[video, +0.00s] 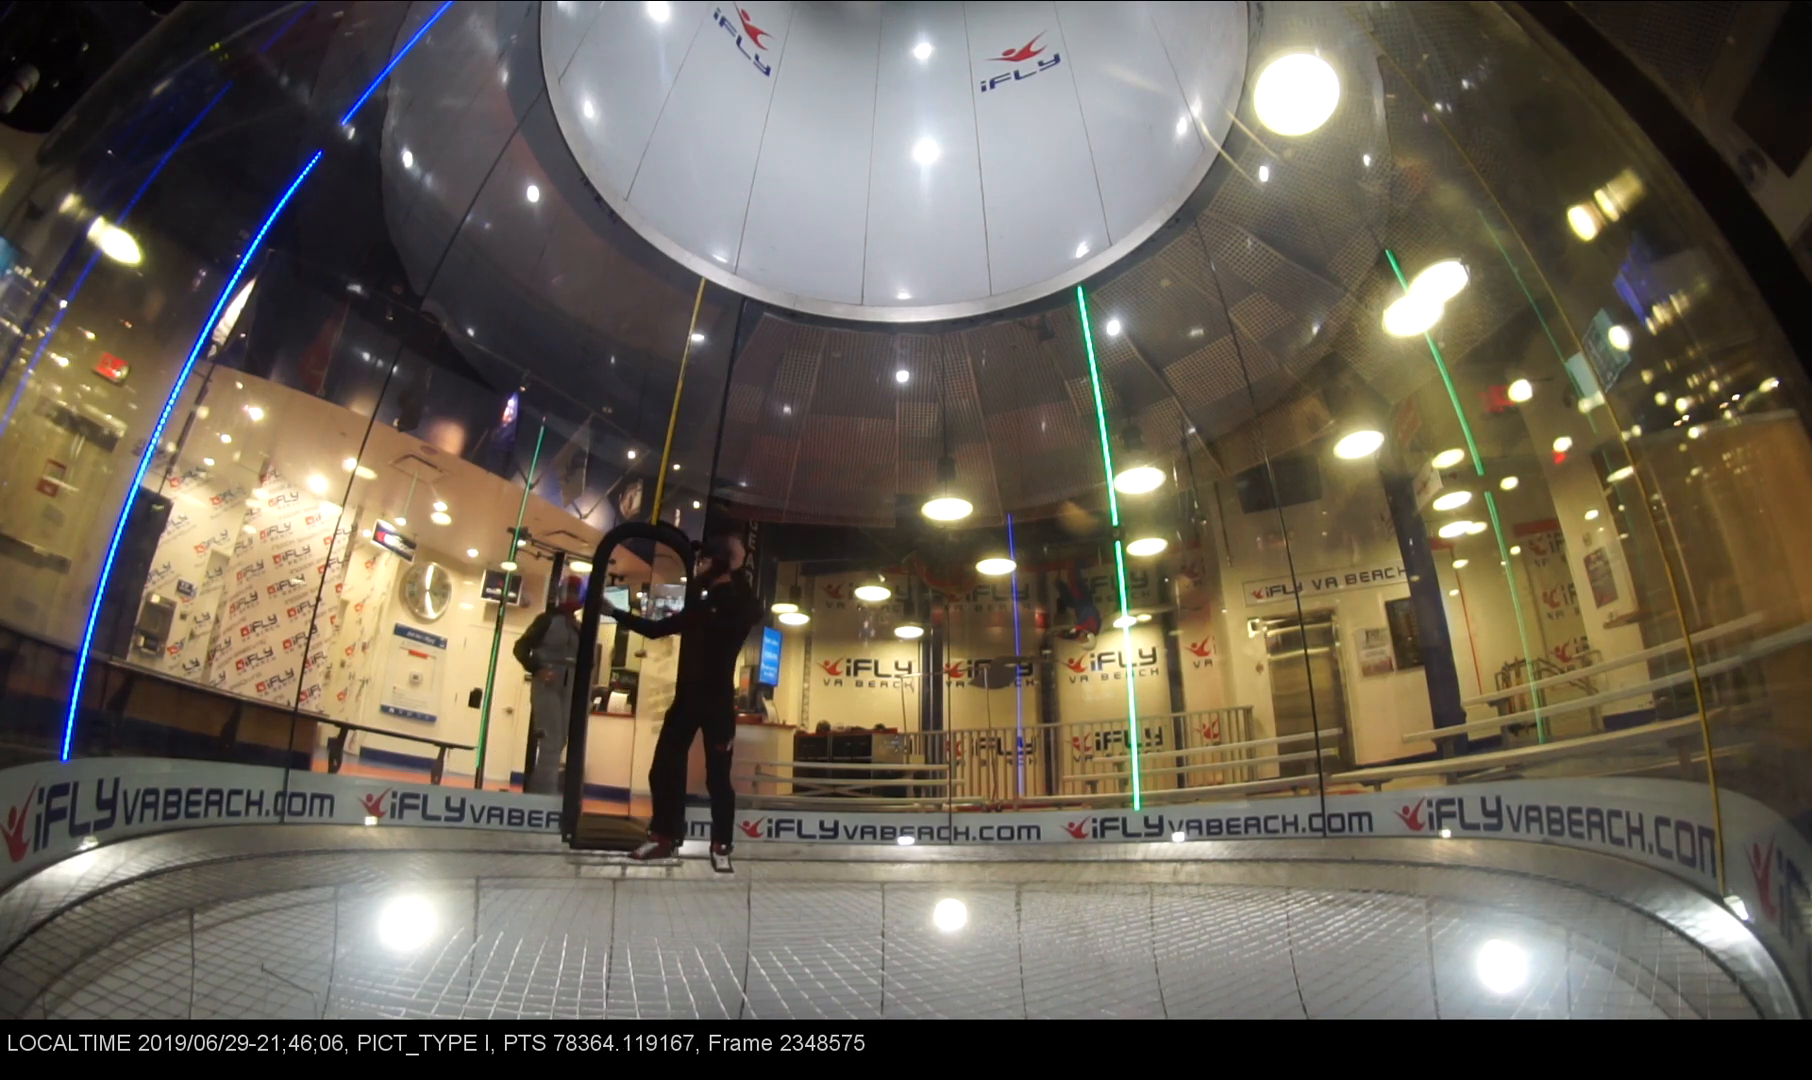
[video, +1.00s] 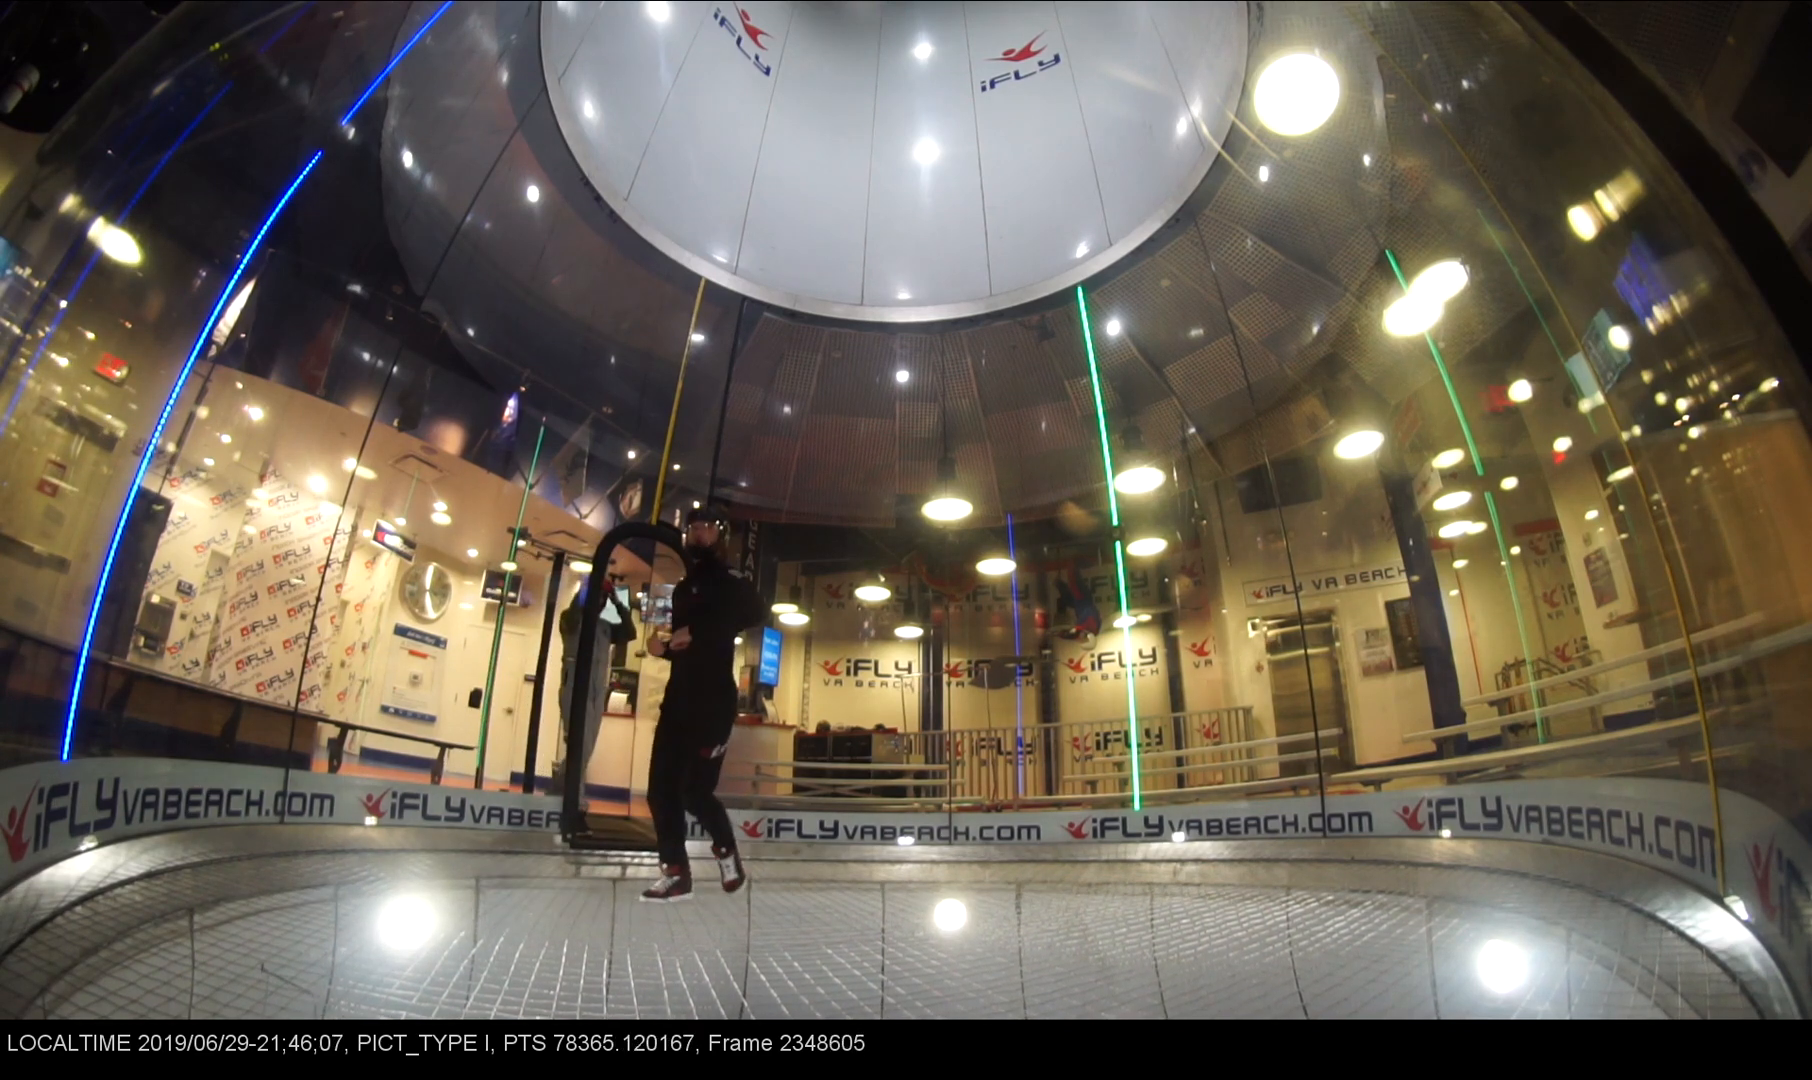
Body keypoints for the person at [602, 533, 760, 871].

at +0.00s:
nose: (700, 570)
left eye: (705, 564)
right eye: (700, 565)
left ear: (718, 568)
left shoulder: (741, 605)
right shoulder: (700, 608)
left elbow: (752, 610)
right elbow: (655, 629)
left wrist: (736, 575)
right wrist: (614, 612)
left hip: (718, 699)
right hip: (687, 697)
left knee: (718, 778)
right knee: (664, 770)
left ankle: (721, 847)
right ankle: (664, 840)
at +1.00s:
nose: (698, 533)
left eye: (707, 526)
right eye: (694, 525)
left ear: (722, 533)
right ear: (687, 532)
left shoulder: (734, 582)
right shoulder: (685, 586)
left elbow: (755, 616)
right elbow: (681, 637)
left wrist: (697, 631)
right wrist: (659, 645)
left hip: (715, 695)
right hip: (680, 692)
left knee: (695, 792)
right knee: (661, 789)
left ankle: (726, 849)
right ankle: (676, 872)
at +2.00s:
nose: (742, 325)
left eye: (755, 320)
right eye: (730, 316)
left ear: (770, 343)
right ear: (707, 333)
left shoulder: (785, 425)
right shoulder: (676, 395)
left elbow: (834, 504)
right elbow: (652, 322)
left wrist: (763, 434)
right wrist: (669, 225)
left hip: (742, 612)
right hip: (664, 606)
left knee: (747, 782)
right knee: (656, 779)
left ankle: (725, 872)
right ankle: (649, 943)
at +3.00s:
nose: (909, 129)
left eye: (922, 117)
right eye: (886, 124)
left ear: (950, 146)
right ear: (860, 161)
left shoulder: (1009, 256)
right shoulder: (835, 245)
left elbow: (1127, 352)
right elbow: (747, 346)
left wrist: (1017, 284)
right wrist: (871, 270)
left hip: (985, 521)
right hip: (858, 521)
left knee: (1025, 795)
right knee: (814, 753)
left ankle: (1013, 1011)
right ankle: (779, 954)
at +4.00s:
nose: (839, 268)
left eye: (839, 252)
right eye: (836, 258)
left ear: (858, 226)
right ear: (902, 212)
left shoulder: (904, 247)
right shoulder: (914, 268)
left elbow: (885, 381)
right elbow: (907, 420)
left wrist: (821, 410)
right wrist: (839, 440)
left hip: (929, 548)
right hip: (936, 544)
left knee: (889, 803)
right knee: (909, 801)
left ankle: (985, 1006)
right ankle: (954, 996)